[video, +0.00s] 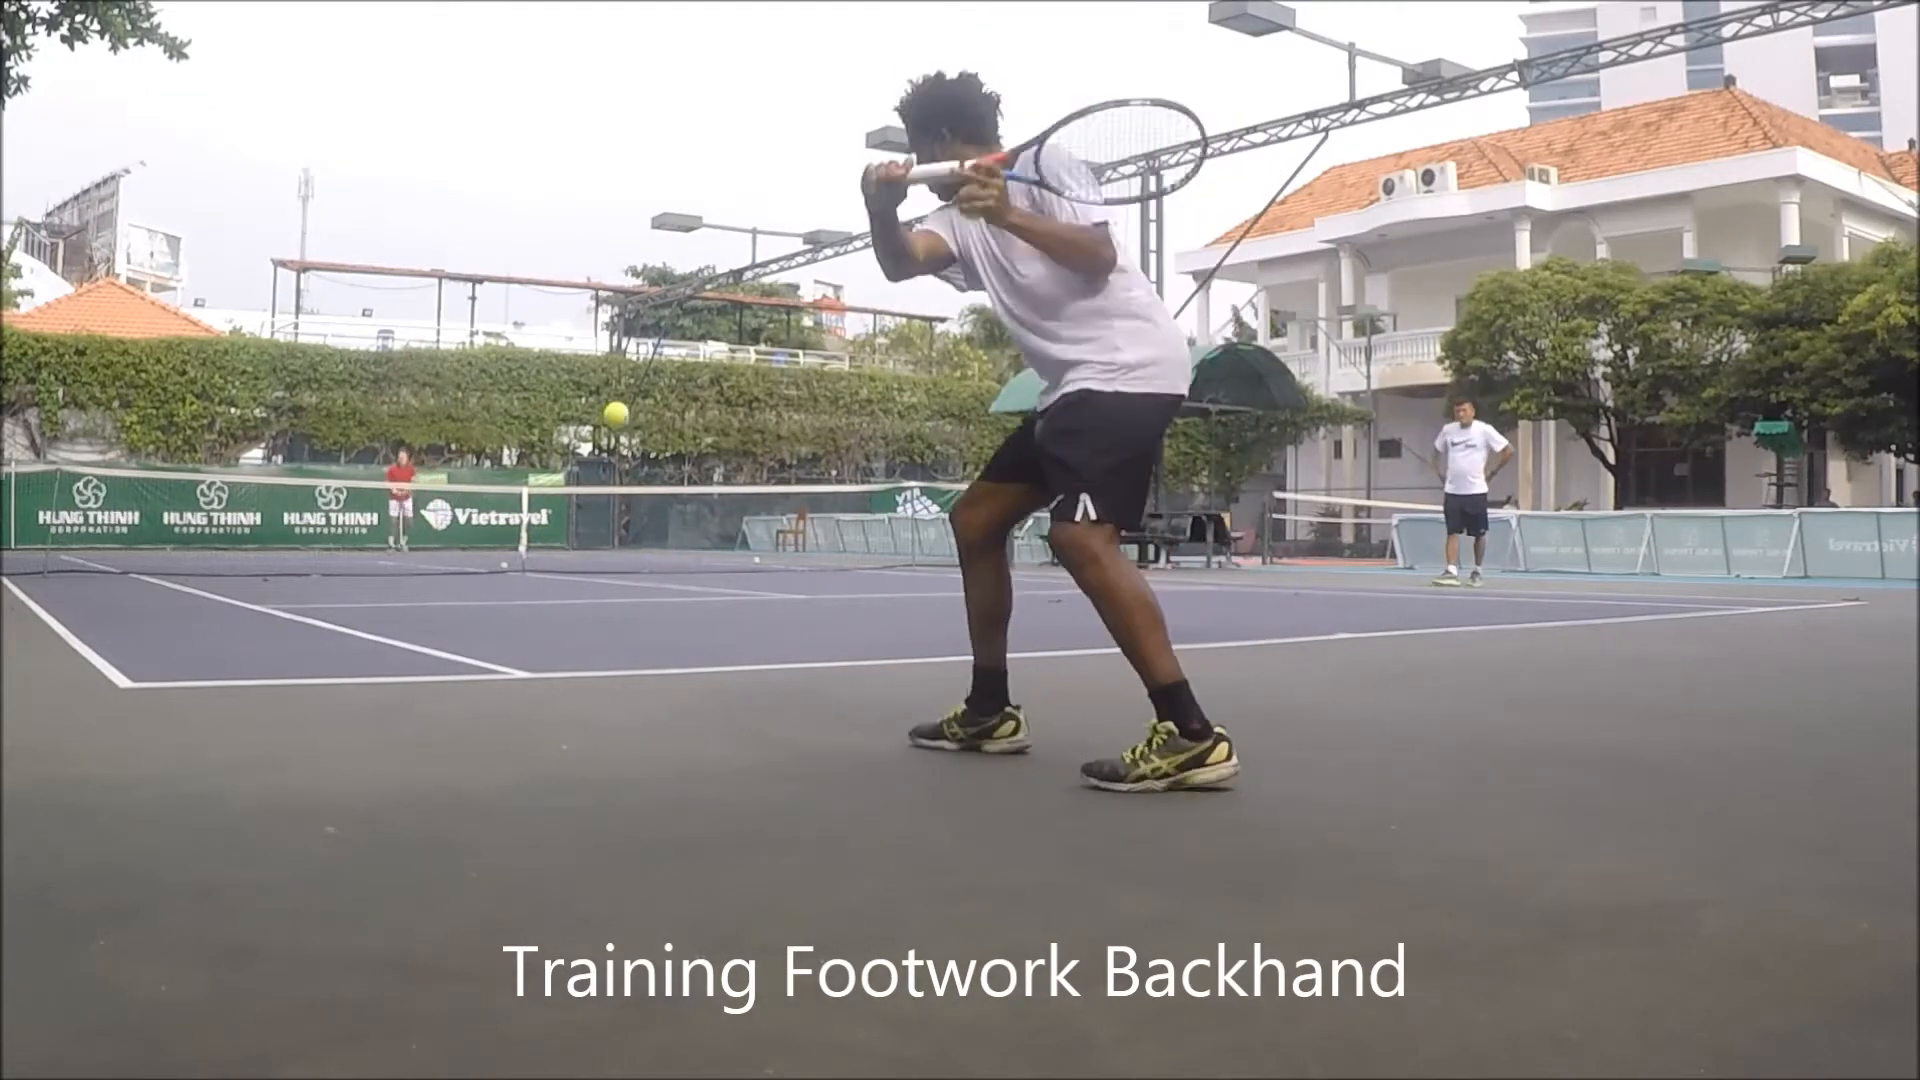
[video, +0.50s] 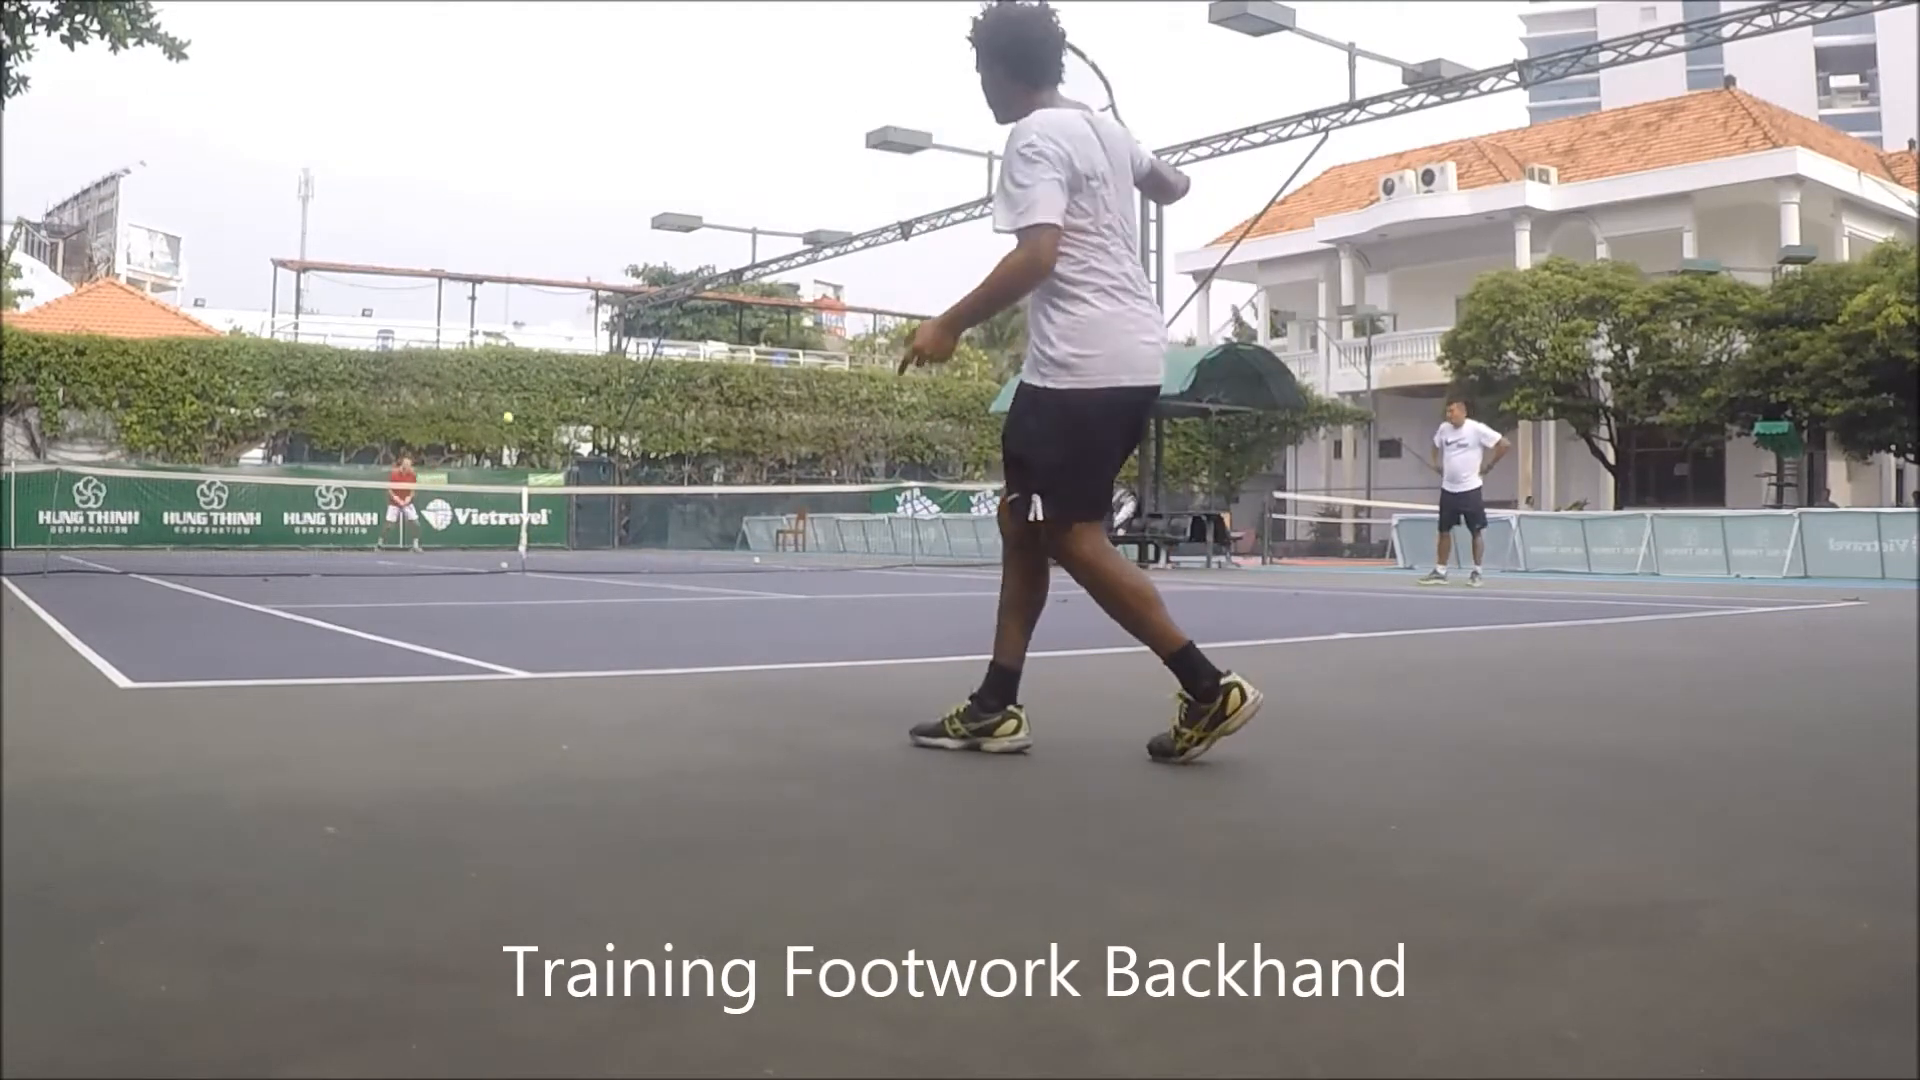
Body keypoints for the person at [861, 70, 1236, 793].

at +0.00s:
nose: (927, 169)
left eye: (927, 154)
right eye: (923, 159)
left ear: (951, 144)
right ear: (978, 143)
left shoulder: (1045, 162)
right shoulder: (964, 221)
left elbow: (1098, 254)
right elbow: (900, 262)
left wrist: (1007, 215)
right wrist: (881, 209)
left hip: (1133, 365)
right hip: (1073, 383)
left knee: (1081, 537)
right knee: (974, 520)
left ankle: (1189, 732)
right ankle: (989, 710)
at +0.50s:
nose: (979, 81)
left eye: (981, 66)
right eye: (979, 66)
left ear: (1001, 68)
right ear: (1053, 63)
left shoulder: (1037, 135)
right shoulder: (1105, 128)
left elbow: (1036, 255)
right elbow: (1172, 187)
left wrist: (951, 322)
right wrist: (1120, 146)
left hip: (1077, 368)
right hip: (1130, 368)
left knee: (1078, 542)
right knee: (1020, 518)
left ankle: (1207, 688)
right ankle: (994, 704)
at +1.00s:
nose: (1135, 47)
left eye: (1137, 32)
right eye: (1141, 32)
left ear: (1149, 37)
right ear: (1212, 42)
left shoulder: (1146, 113)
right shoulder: (1266, 122)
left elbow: (1136, 233)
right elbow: (1312, 228)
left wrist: (1102, 286)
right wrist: (1276, 303)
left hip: (1186, 357)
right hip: (1264, 359)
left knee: (1185, 525)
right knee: (1199, 520)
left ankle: (1243, 717)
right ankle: (1224, 697)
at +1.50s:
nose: (1232, 60)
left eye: (1235, 46)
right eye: (1237, 45)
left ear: (1246, 52)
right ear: (1312, 55)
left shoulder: (1244, 122)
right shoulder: (1359, 137)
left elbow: (1225, 239)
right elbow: (1394, 250)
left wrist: (1193, 289)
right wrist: (1341, 304)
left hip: (1274, 360)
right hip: (1366, 363)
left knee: (1230, 523)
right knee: (1367, 524)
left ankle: (1247, 719)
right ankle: (1407, 708)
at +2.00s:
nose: (1214, 86)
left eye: (1217, 74)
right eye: (1217, 73)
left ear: (1226, 76)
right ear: (1292, 79)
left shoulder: (1231, 143)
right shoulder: (1346, 158)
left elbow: (1221, 257)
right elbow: (1384, 267)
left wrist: (1187, 298)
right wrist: (1313, 290)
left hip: (1270, 366)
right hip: (1361, 376)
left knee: (1178, 520)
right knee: (1346, 542)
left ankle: (1199, 707)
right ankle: (1405, 709)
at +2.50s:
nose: (994, 75)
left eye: (998, 58)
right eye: (995, 58)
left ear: (1019, 60)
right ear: (1069, 51)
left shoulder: (1085, 114)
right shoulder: (1067, 138)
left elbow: (1052, 215)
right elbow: (1004, 251)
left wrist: (950, 200)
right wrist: (932, 271)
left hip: (1128, 347)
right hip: (1149, 350)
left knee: (1064, 518)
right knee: (1089, 532)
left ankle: (1130, 725)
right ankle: (1223, 667)